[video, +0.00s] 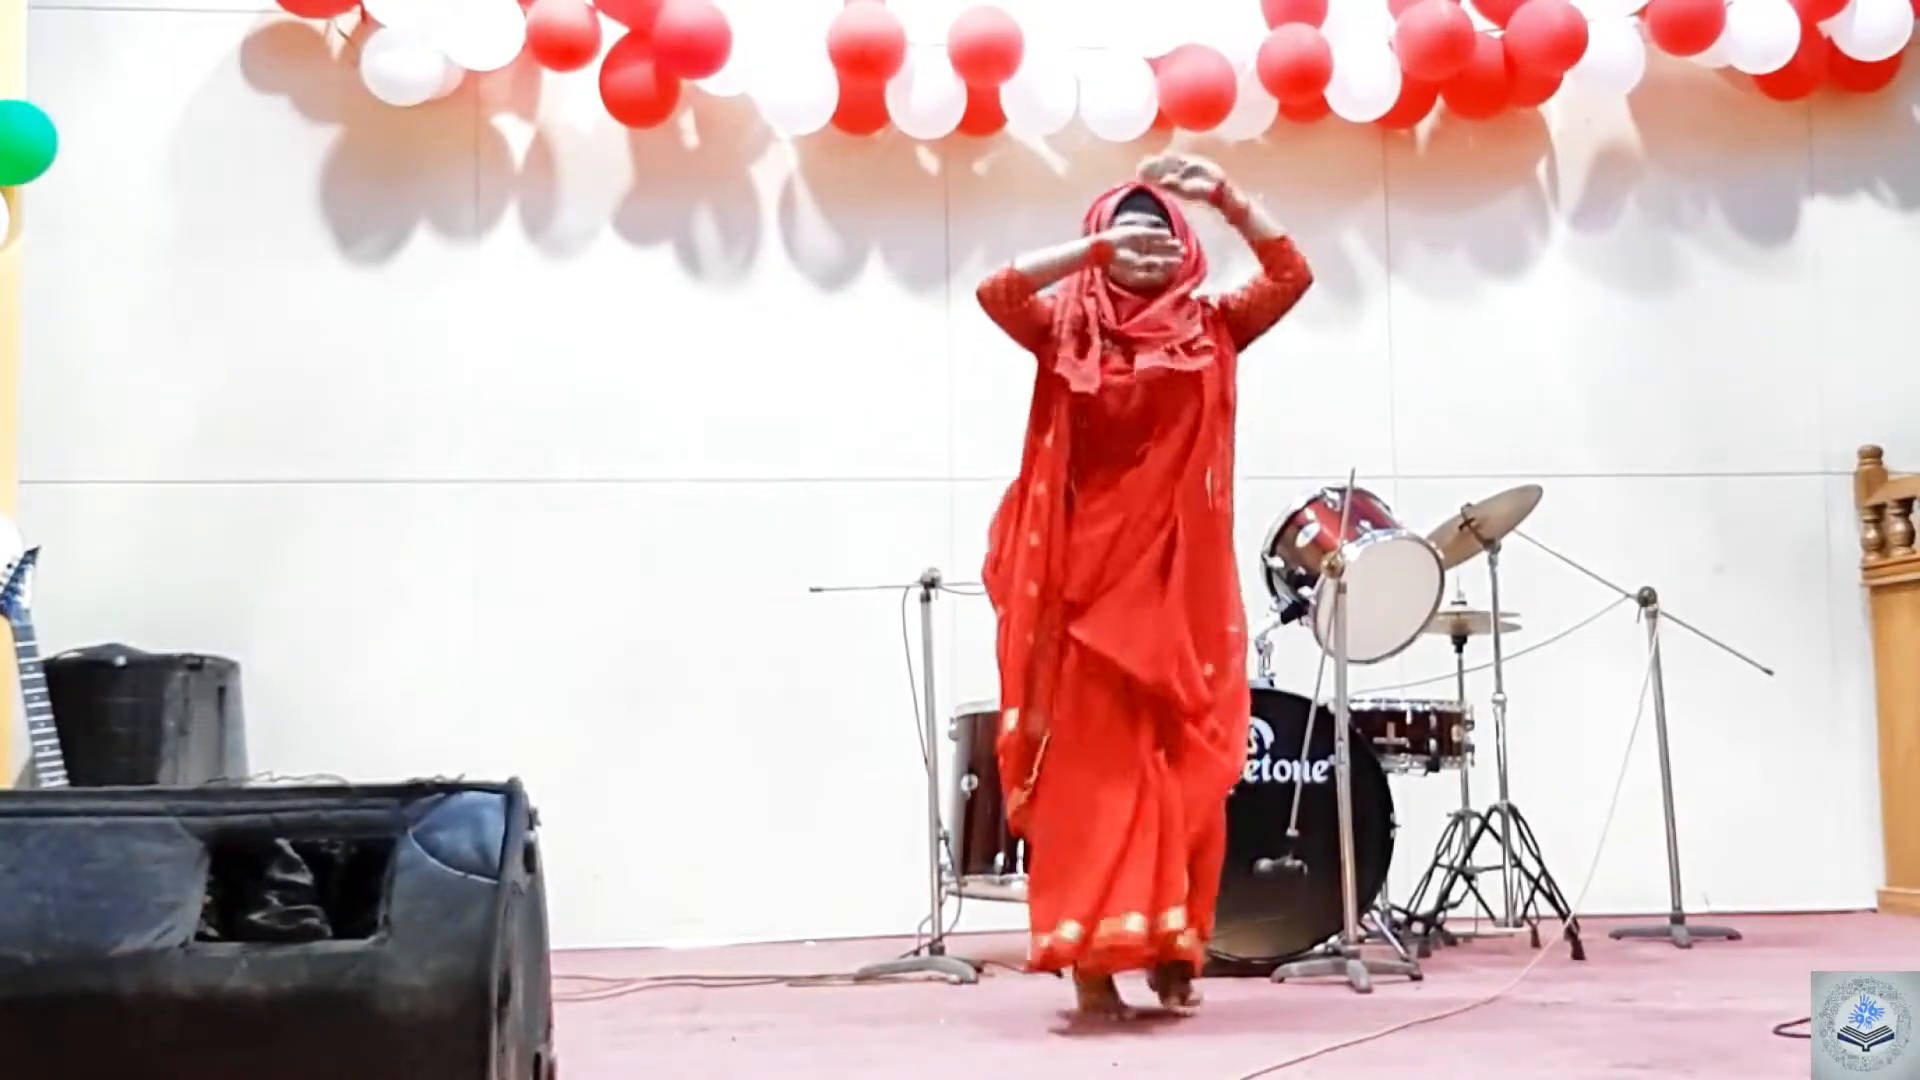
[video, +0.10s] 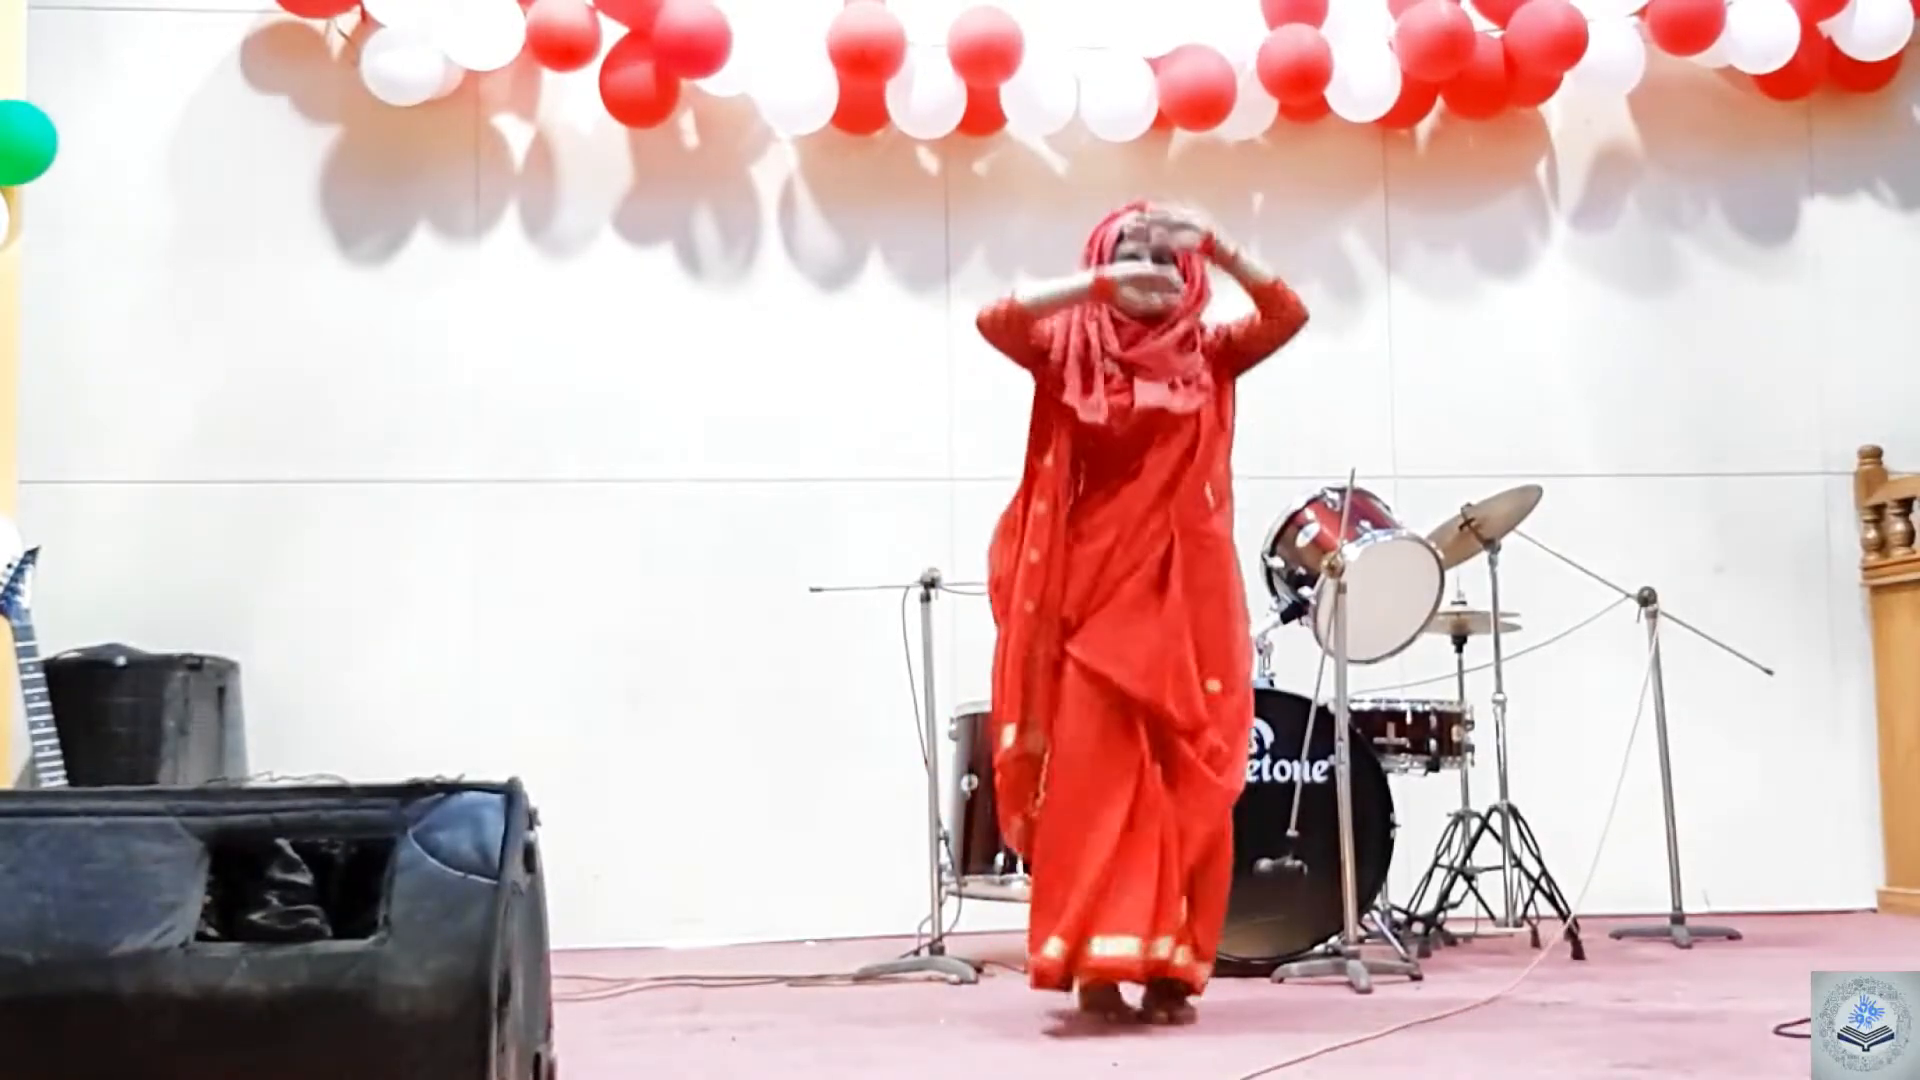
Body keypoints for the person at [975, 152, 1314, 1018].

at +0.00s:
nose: (1147, 243)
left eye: (1163, 234)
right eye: (1129, 231)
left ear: (1187, 254)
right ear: (1103, 251)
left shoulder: (1211, 326)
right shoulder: (1070, 323)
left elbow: (1289, 275)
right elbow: (995, 293)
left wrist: (1230, 199)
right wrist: (1087, 252)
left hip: (1184, 577)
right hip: (1085, 574)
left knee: (1189, 759)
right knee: (1089, 760)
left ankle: (1178, 944)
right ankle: (1091, 974)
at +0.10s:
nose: (1152, 272)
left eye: (1167, 260)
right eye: (1135, 258)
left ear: (1192, 279)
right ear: (1104, 272)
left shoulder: (1208, 353)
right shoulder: (1071, 350)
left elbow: (1288, 314)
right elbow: (994, 321)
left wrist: (1220, 251)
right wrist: (1094, 282)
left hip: (1187, 592)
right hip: (1093, 590)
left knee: (1188, 770)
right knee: (1094, 768)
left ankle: (1170, 967)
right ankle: (1094, 971)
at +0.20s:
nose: (1150, 314)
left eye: (1165, 299)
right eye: (1132, 297)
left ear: (1188, 313)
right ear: (1101, 307)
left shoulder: (1210, 387)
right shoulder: (1068, 385)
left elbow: (1293, 372)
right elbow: (990, 372)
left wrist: (1222, 313)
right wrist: (1094, 329)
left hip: (1194, 634)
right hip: (1094, 630)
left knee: (1200, 807)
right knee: (1092, 797)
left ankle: (1170, 980)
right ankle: (1074, 987)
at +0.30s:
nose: (1138, 279)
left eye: (1152, 266)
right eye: (1121, 267)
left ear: (1176, 282)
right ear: (1091, 280)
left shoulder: (1206, 358)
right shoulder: (1060, 356)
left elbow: (1298, 334)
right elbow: (973, 336)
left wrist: (1222, 288)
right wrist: (1071, 302)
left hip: (1193, 605)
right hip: (1094, 602)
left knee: (1199, 790)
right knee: (1094, 784)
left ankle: (1169, 977)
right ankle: (1087, 980)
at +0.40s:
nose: (1133, 257)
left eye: (1147, 246)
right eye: (1116, 245)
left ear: (1170, 263)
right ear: (1088, 262)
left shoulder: (1203, 335)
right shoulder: (1056, 333)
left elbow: (1295, 300)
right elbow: (971, 282)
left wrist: (1228, 258)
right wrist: (1053, 245)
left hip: (1184, 586)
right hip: (1086, 583)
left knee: (1189, 769)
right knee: (1084, 766)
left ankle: (1171, 964)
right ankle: (1075, 967)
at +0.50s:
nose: (1139, 264)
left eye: (1153, 252)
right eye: (1124, 252)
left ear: (1174, 268)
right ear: (1094, 265)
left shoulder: (1207, 348)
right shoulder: (1057, 335)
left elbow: (1301, 344)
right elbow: (972, 293)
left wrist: (1282, 288)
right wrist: (1031, 235)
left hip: (1182, 592)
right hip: (1081, 589)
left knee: (1193, 770)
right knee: (1090, 769)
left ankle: (1182, 964)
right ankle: (1086, 968)